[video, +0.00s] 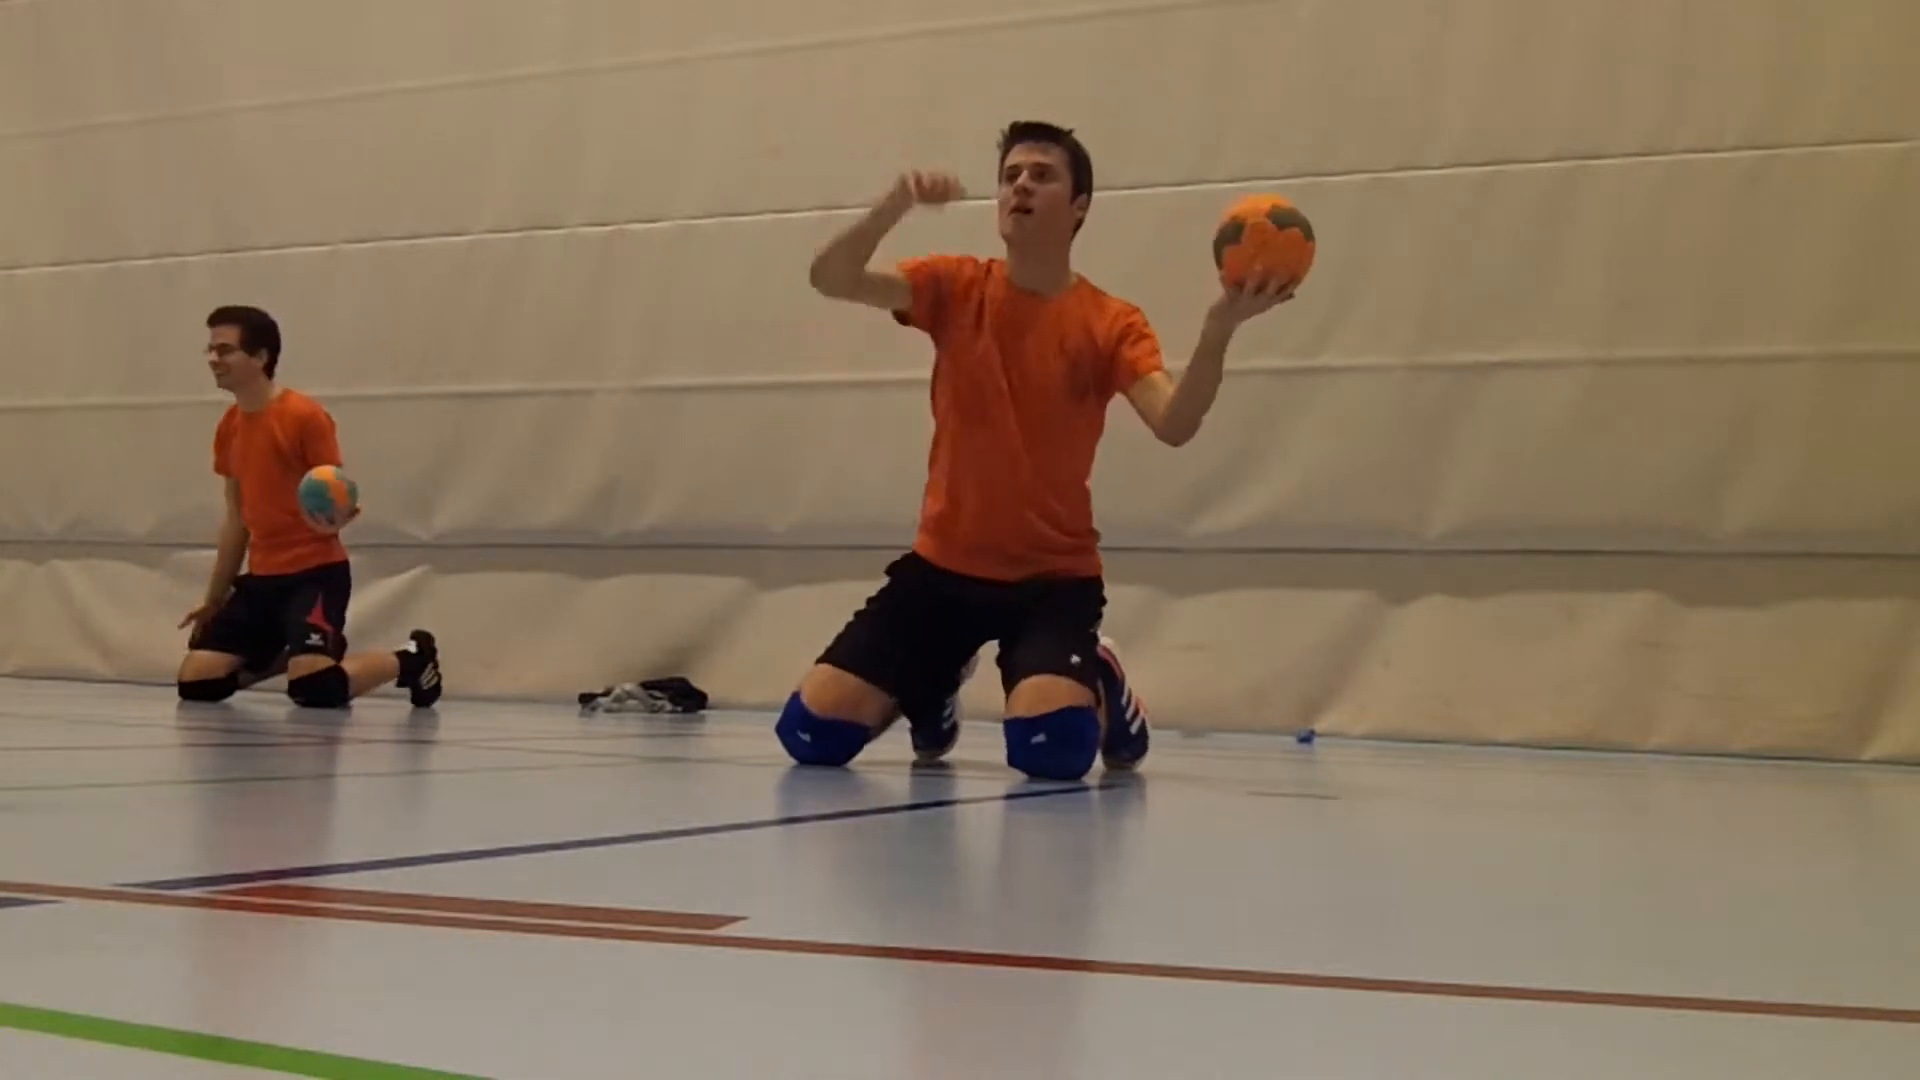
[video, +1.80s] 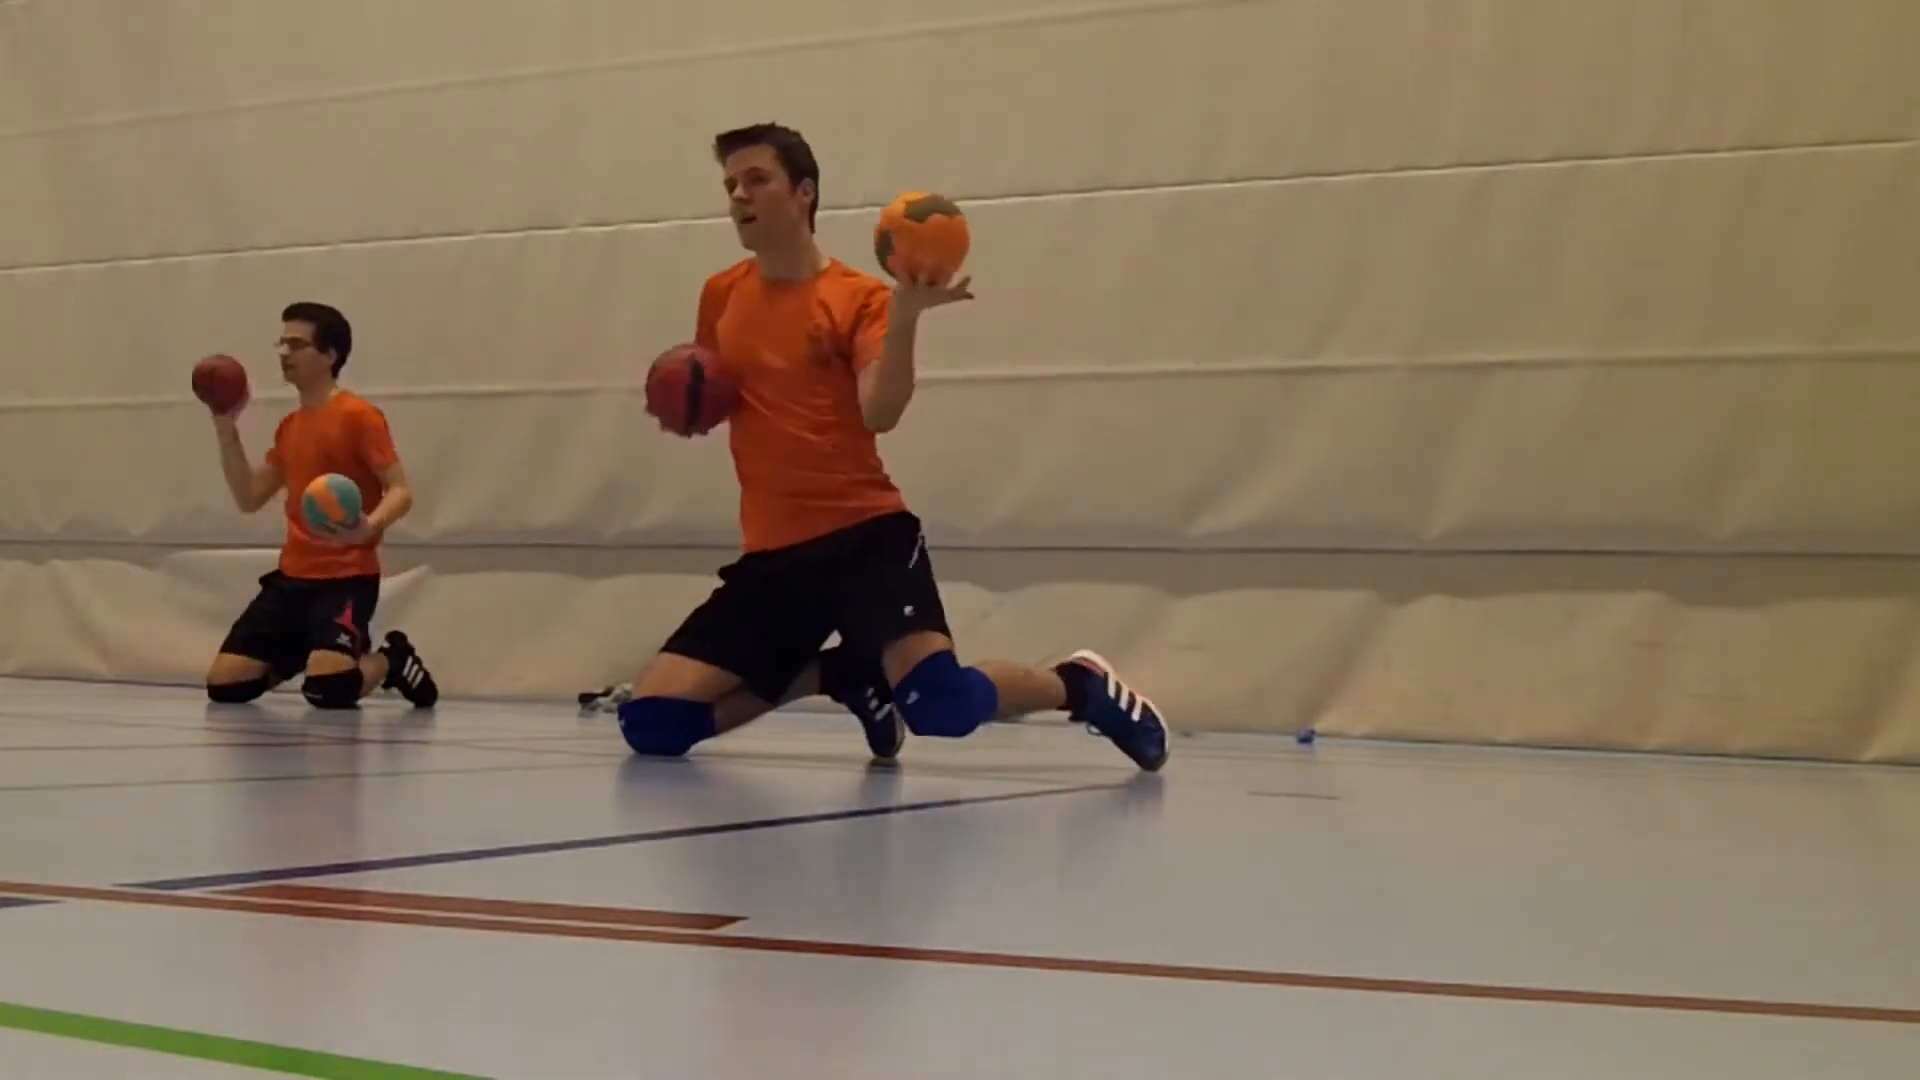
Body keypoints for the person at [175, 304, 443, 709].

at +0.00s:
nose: (213, 359)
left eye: (225, 350)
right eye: (211, 350)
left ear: (261, 357)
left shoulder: (304, 417)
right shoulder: (231, 426)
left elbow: (336, 498)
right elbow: (236, 522)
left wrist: (337, 517)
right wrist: (213, 602)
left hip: (318, 575)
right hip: (262, 579)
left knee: (312, 688)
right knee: (197, 684)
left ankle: (413, 661)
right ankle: (296, 654)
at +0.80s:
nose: (235, 375)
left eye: (246, 366)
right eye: (234, 365)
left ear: (282, 373)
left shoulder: (324, 430)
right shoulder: (257, 446)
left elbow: (357, 517)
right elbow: (233, 535)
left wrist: (345, 524)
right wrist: (158, 569)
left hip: (332, 583)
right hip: (280, 586)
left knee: (315, 687)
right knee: (197, 683)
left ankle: (404, 660)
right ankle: (306, 657)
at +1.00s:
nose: (285, 386)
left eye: (293, 374)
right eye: (285, 374)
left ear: (326, 375)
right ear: (317, 377)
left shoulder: (370, 435)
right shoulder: (303, 435)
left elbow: (388, 525)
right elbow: (281, 516)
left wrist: (350, 531)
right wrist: (200, 533)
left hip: (347, 585)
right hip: (294, 583)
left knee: (322, 689)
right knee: (208, 684)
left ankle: (400, 660)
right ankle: (310, 655)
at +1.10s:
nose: (298, 388)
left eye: (306, 378)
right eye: (299, 378)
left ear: (339, 382)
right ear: (331, 383)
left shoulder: (381, 441)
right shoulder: (322, 437)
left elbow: (408, 530)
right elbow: (324, 513)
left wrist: (364, 537)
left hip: (357, 589)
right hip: (305, 583)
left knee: (324, 689)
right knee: (215, 682)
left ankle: (391, 660)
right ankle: (314, 651)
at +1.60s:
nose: (296, 376)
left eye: (309, 368)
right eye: (297, 366)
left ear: (343, 377)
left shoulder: (378, 434)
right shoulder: (321, 436)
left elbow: (431, 503)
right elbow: (338, 506)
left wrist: (400, 538)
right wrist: (292, 506)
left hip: (368, 591)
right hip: (316, 586)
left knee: (328, 691)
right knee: (232, 686)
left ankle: (400, 660)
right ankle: (314, 656)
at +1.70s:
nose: (288, 364)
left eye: (300, 355)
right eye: (286, 355)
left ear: (334, 365)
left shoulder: (364, 421)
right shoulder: (312, 432)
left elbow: (416, 494)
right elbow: (314, 512)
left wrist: (386, 531)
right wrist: (264, 466)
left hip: (359, 585)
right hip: (307, 582)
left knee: (328, 691)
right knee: (230, 687)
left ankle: (398, 660)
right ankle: (319, 653)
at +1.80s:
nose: (283, 353)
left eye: (296, 344)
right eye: (282, 344)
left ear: (329, 355)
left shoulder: (359, 417)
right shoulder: (292, 426)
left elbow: (401, 493)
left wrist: (372, 524)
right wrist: (225, 425)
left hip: (347, 580)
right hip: (291, 578)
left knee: (326, 691)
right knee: (225, 686)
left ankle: (392, 661)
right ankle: (326, 650)